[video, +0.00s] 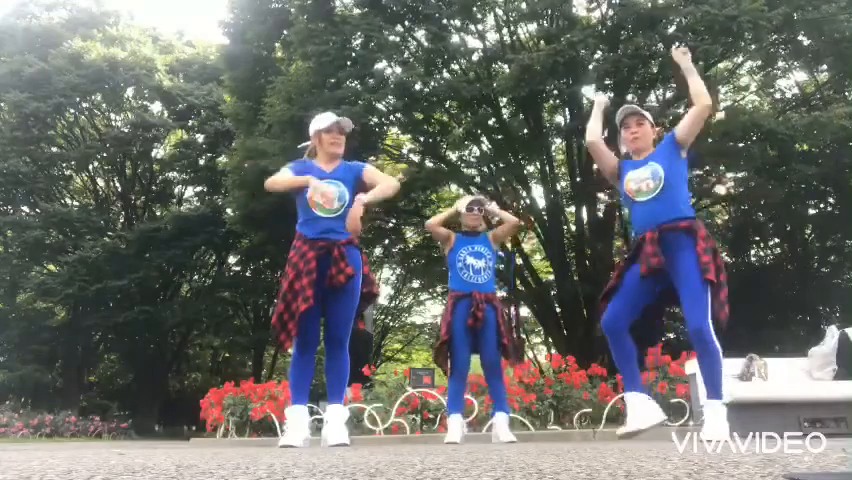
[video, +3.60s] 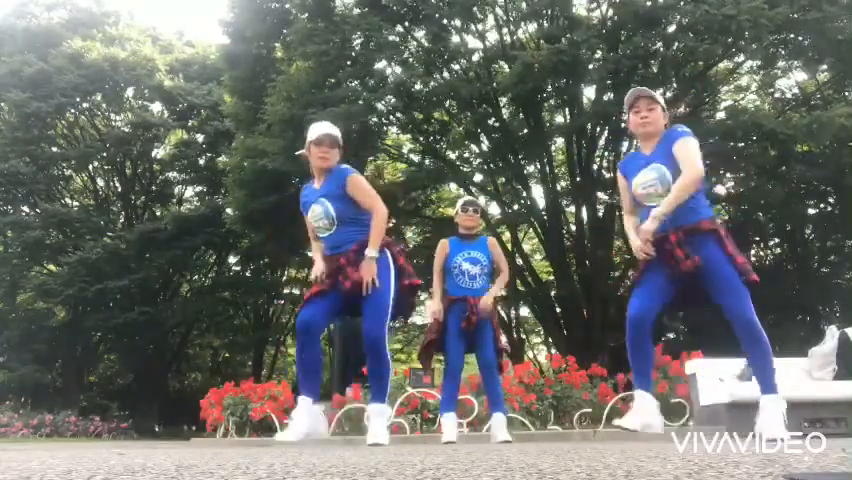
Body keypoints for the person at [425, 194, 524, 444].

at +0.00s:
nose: (475, 214)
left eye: (479, 211)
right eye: (470, 211)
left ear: (484, 217)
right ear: (460, 216)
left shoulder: (491, 238)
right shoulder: (452, 238)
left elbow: (515, 222)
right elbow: (431, 225)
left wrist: (493, 210)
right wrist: (454, 210)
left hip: (488, 303)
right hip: (461, 302)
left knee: (491, 362)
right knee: (460, 363)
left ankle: (501, 420)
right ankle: (455, 421)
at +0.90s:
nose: (479, 215)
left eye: (483, 211)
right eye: (474, 211)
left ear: (491, 214)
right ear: (467, 216)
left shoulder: (501, 238)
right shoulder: (462, 240)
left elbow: (522, 256)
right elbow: (443, 258)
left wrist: (501, 233)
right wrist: (463, 234)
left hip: (496, 304)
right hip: (468, 304)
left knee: (497, 365)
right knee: (463, 364)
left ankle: (500, 423)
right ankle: (454, 421)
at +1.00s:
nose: (481, 215)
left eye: (485, 211)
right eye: (475, 211)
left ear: (492, 215)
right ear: (466, 216)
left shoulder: (502, 239)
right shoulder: (460, 242)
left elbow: (523, 266)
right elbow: (441, 268)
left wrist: (505, 253)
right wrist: (461, 251)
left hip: (496, 305)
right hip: (468, 305)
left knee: (497, 364)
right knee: (463, 363)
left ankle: (501, 423)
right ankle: (456, 422)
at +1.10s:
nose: (478, 216)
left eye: (482, 211)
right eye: (472, 212)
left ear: (488, 215)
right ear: (463, 217)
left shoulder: (499, 242)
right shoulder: (456, 244)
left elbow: (518, 267)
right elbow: (439, 272)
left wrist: (507, 273)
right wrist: (455, 273)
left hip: (494, 306)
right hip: (466, 306)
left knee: (496, 365)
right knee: (463, 364)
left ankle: (501, 423)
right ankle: (457, 423)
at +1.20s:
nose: (471, 216)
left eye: (476, 212)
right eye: (466, 213)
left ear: (483, 217)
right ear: (458, 218)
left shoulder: (494, 243)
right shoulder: (450, 246)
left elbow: (508, 273)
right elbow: (439, 276)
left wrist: (509, 301)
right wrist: (444, 298)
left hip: (490, 306)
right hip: (460, 307)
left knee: (492, 364)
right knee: (461, 366)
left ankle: (500, 421)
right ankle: (457, 423)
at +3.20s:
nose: (463, 215)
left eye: (468, 212)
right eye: (459, 211)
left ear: (475, 217)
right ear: (451, 215)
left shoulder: (484, 243)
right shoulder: (439, 244)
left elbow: (493, 274)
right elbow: (430, 277)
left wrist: (495, 302)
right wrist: (428, 303)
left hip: (479, 305)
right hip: (450, 305)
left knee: (481, 362)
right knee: (452, 363)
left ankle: (489, 421)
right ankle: (450, 421)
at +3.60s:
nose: (470, 215)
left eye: (475, 211)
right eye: (465, 211)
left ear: (480, 218)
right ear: (456, 217)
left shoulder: (489, 243)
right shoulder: (446, 244)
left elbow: (504, 270)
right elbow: (437, 276)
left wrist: (492, 294)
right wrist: (436, 300)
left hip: (483, 306)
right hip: (455, 306)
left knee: (488, 362)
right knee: (454, 363)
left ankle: (498, 419)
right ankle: (448, 418)